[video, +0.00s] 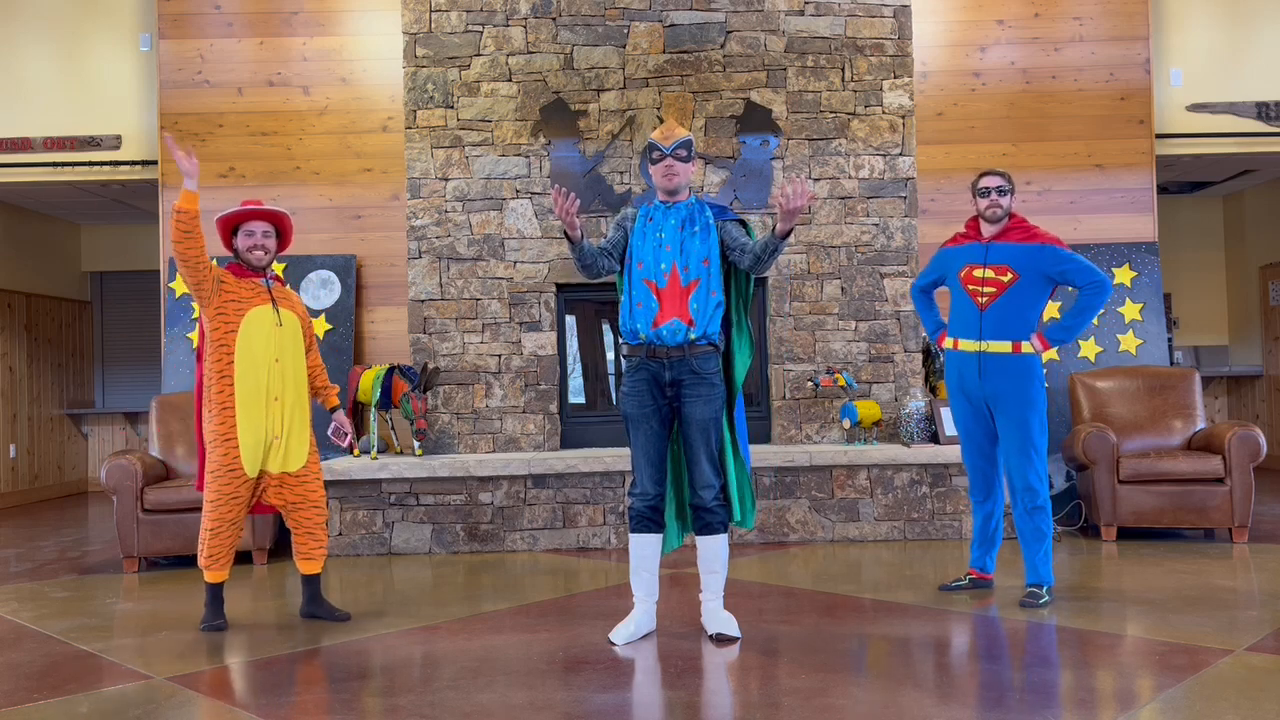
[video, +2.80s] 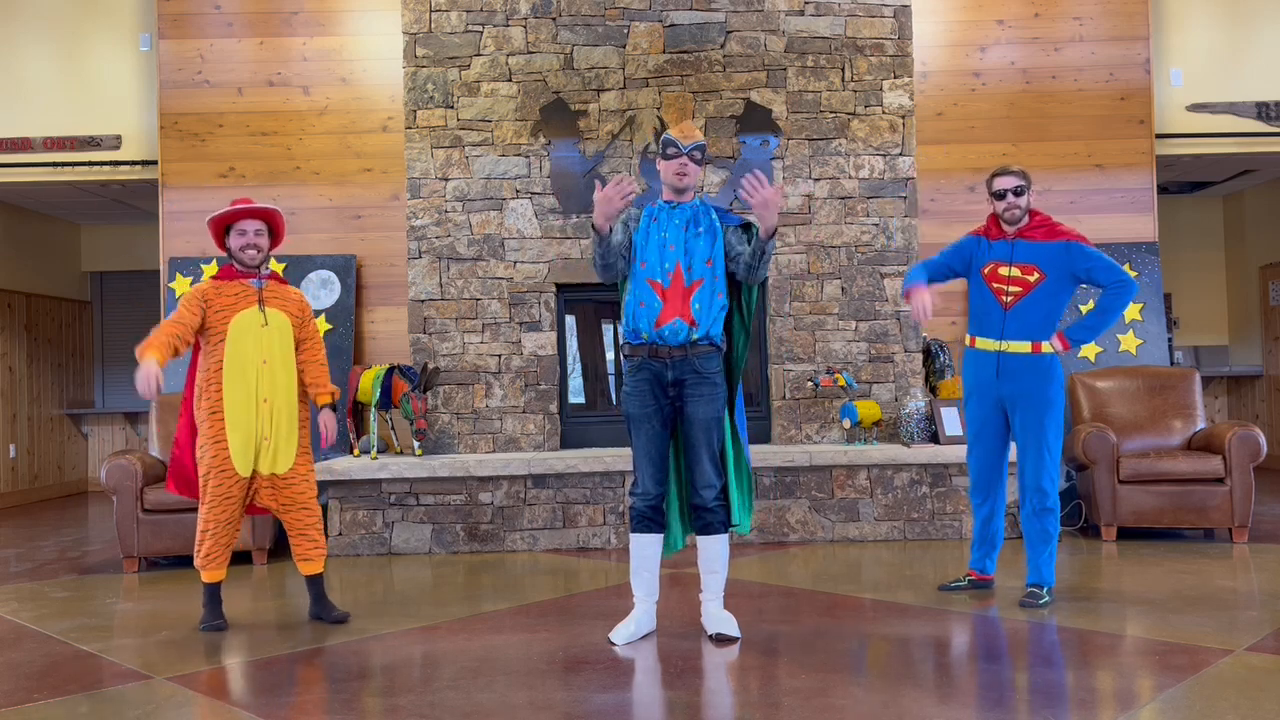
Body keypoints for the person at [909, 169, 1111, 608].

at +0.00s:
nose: (993, 198)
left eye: (1001, 192)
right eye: (985, 192)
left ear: (1013, 200)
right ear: (974, 202)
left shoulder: (1038, 249)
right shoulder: (951, 252)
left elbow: (1098, 285)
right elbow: (920, 289)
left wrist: (1054, 335)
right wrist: (938, 332)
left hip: (1017, 374)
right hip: (963, 374)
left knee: (1027, 480)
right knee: (981, 479)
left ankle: (1039, 581)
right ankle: (981, 572)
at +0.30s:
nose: (1000, 201)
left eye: (1008, 193)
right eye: (992, 194)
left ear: (1020, 200)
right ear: (981, 202)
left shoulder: (1045, 250)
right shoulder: (958, 252)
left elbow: (1102, 290)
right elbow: (907, 286)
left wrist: (1054, 336)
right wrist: (882, 322)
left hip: (1017, 376)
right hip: (965, 377)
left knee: (1028, 481)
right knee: (981, 480)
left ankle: (1038, 581)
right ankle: (981, 571)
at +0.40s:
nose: (997, 202)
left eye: (1005, 194)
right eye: (989, 196)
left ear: (1019, 200)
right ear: (979, 204)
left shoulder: (1044, 250)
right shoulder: (959, 250)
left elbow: (1102, 287)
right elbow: (912, 269)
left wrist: (1055, 337)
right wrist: (870, 278)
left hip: (1019, 375)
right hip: (966, 375)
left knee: (1028, 480)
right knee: (981, 479)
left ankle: (1039, 581)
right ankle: (981, 571)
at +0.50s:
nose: (992, 203)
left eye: (1000, 195)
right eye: (984, 197)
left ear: (1014, 199)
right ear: (975, 205)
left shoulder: (1041, 247)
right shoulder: (955, 250)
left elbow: (1101, 284)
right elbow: (904, 256)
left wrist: (1054, 336)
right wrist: (875, 236)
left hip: (1019, 376)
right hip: (968, 376)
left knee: (1028, 481)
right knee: (981, 479)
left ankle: (1039, 580)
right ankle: (981, 572)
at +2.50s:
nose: (1004, 203)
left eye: (1010, 195)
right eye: (994, 198)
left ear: (1023, 197)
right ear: (984, 205)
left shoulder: (1056, 248)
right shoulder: (964, 247)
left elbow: (1116, 283)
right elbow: (908, 238)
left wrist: (1067, 336)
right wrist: (913, 195)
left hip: (1033, 371)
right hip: (977, 371)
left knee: (1037, 478)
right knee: (981, 476)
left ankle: (1040, 581)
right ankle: (981, 572)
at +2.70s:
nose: (1007, 202)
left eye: (1014, 193)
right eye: (997, 196)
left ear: (1027, 195)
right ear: (987, 203)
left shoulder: (1059, 246)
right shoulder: (970, 245)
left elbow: (1120, 285)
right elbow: (918, 257)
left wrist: (1072, 336)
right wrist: (908, 240)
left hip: (1035, 375)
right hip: (979, 375)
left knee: (1038, 480)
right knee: (983, 479)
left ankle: (1040, 581)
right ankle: (981, 572)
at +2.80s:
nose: (1010, 200)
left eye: (1017, 192)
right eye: (1000, 195)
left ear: (1031, 196)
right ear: (990, 202)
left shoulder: (1062, 246)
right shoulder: (976, 245)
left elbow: (1122, 285)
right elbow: (927, 269)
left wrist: (1072, 336)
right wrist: (916, 283)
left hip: (1036, 375)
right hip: (980, 374)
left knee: (1038, 482)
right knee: (983, 478)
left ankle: (1040, 581)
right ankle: (981, 572)